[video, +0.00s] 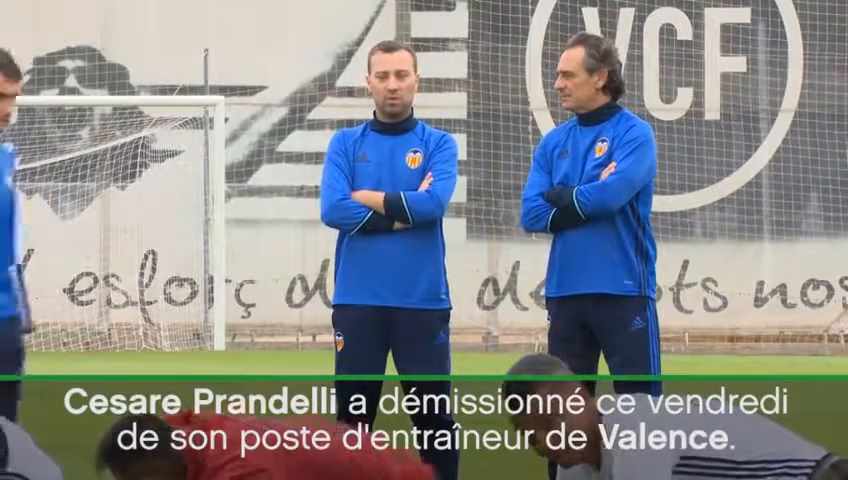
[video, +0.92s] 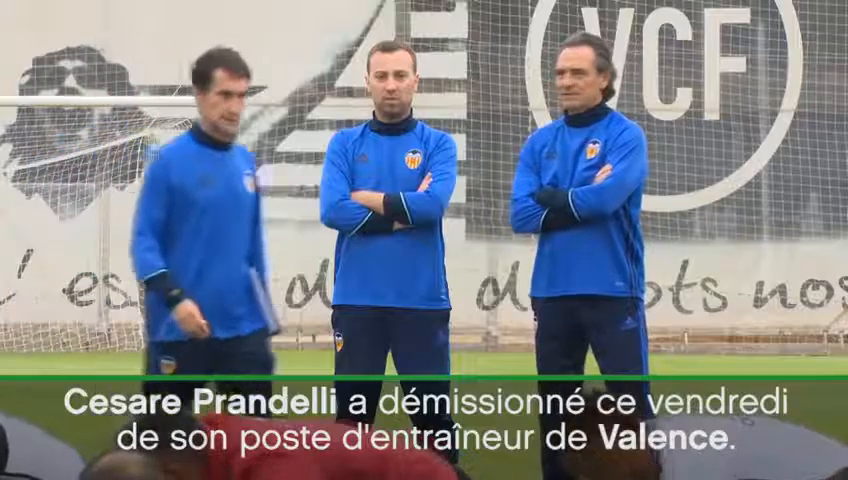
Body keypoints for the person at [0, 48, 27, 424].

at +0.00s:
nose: (9, 109)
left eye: (13, 98)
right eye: (4, 97)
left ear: (18, 97)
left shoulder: (9, 158)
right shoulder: (7, 159)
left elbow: (12, 250)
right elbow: (11, 254)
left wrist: (20, 312)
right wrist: (16, 313)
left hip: (8, 316)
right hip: (5, 316)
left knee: (6, 425)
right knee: (5, 425)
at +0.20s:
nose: (53, 103)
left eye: (59, 93)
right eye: (43, 92)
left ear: (64, 94)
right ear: (17, 89)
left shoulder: (57, 154)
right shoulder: (4, 145)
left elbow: (67, 228)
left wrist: (81, 292)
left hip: (45, 313)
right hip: (5, 312)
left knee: (28, 421)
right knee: (19, 419)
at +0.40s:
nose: (96, 110)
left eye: (103, 100)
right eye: (86, 98)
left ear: (108, 102)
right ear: (60, 99)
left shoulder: (107, 164)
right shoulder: (28, 164)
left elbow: (121, 235)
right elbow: (1, 232)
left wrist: (132, 296)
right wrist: (1, 312)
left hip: (94, 309)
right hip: (42, 307)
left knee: (72, 411)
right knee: (70, 407)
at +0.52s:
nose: (125, 103)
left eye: (132, 93)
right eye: (115, 91)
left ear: (138, 95)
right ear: (88, 92)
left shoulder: (137, 154)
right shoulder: (58, 159)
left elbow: (147, 226)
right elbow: (24, 234)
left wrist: (157, 284)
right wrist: (26, 308)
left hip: (132, 308)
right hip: (79, 311)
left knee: (131, 424)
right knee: (99, 426)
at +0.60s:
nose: (144, 99)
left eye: (151, 89)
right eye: (134, 88)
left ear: (156, 91)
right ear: (108, 88)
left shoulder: (156, 151)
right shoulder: (77, 155)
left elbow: (167, 228)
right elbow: (49, 237)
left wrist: (176, 286)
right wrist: (58, 311)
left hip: (156, 314)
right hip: (100, 318)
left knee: (159, 429)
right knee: (111, 438)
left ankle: (155, 478)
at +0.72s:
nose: (174, 97)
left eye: (182, 87)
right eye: (165, 84)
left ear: (186, 89)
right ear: (139, 85)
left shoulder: (185, 149)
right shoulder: (111, 152)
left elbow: (196, 231)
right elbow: (87, 234)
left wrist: (204, 297)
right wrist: (105, 301)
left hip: (189, 313)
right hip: (130, 318)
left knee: (206, 421)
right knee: (117, 433)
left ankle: (202, 478)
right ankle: (112, 478)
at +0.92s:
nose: (235, 107)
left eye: (241, 96)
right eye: (225, 95)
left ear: (247, 97)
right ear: (199, 95)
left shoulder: (245, 162)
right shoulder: (169, 163)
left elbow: (254, 243)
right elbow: (143, 242)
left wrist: (263, 310)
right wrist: (175, 299)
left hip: (244, 331)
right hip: (182, 335)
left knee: (253, 446)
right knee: (172, 447)